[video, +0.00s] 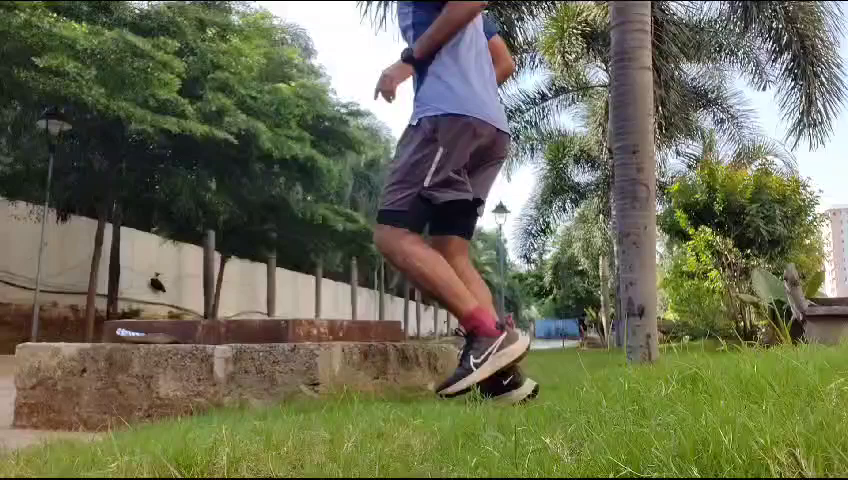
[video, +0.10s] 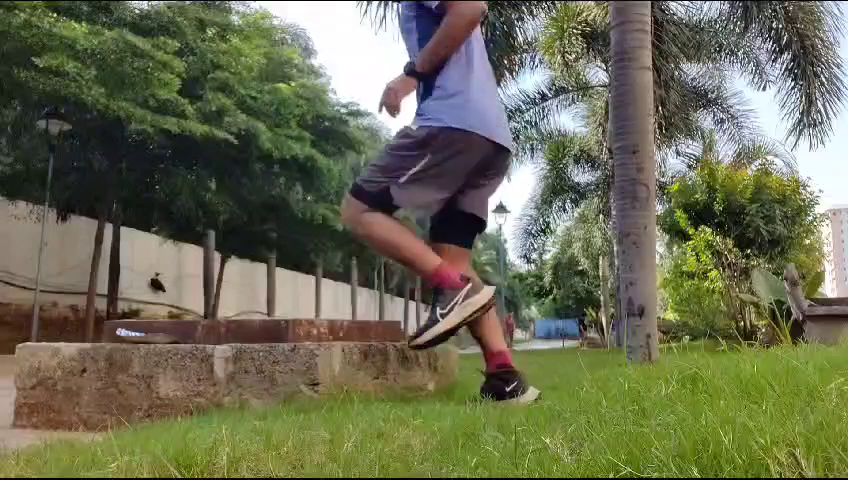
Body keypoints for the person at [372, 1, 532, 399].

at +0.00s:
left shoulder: (423, 3)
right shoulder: (468, 13)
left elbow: (470, 4)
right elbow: (504, 61)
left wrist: (409, 60)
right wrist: (453, 91)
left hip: (448, 111)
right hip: (492, 123)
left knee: (392, 235)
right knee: (451, 249)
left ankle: (487, 331)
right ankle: (504, 376)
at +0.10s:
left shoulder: (422, 4)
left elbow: (469, 9)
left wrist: (412, 74)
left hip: (452, 120)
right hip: (496, 134)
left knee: (358, 211)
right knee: (452, 255)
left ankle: (452, 286)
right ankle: (503, 374)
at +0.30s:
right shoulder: (462, 6)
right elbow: (477, 34)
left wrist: (390, 32)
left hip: (426, 77)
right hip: (475, 92)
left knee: (354, 188)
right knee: (441, 217)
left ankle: (394, 305)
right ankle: (490, 337)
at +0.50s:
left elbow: (368, 8)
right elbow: (485, 4)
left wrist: (353, 20)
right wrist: (452, 30)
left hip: (426, 50)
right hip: (472, 58)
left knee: (394, 176)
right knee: (421, 184)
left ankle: (408, 306)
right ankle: (431, 306)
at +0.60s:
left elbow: (366, 3)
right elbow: (494, 3)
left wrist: (354, 10)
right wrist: (457, 30)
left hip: (428, 55)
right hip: (469, 66)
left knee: (393, 180)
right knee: (423, 190)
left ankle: (454, 299)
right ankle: (425, 305)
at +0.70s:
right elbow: (500, 2)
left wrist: (365, 0)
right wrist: (459, 24)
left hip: (443, 59)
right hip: (476, 68)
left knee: (420, 197)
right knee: (402, 186)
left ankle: (474, 328)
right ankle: (428, 302)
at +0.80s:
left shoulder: (413, 0)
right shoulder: (475, 3)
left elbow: (416, 5)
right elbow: (518, 20)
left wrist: (382, 29)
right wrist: (476, 61)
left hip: (446, 105)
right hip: (486, 110)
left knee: (451, 242)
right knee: (390, 196)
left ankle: (499, 374)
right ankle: (448, 290)